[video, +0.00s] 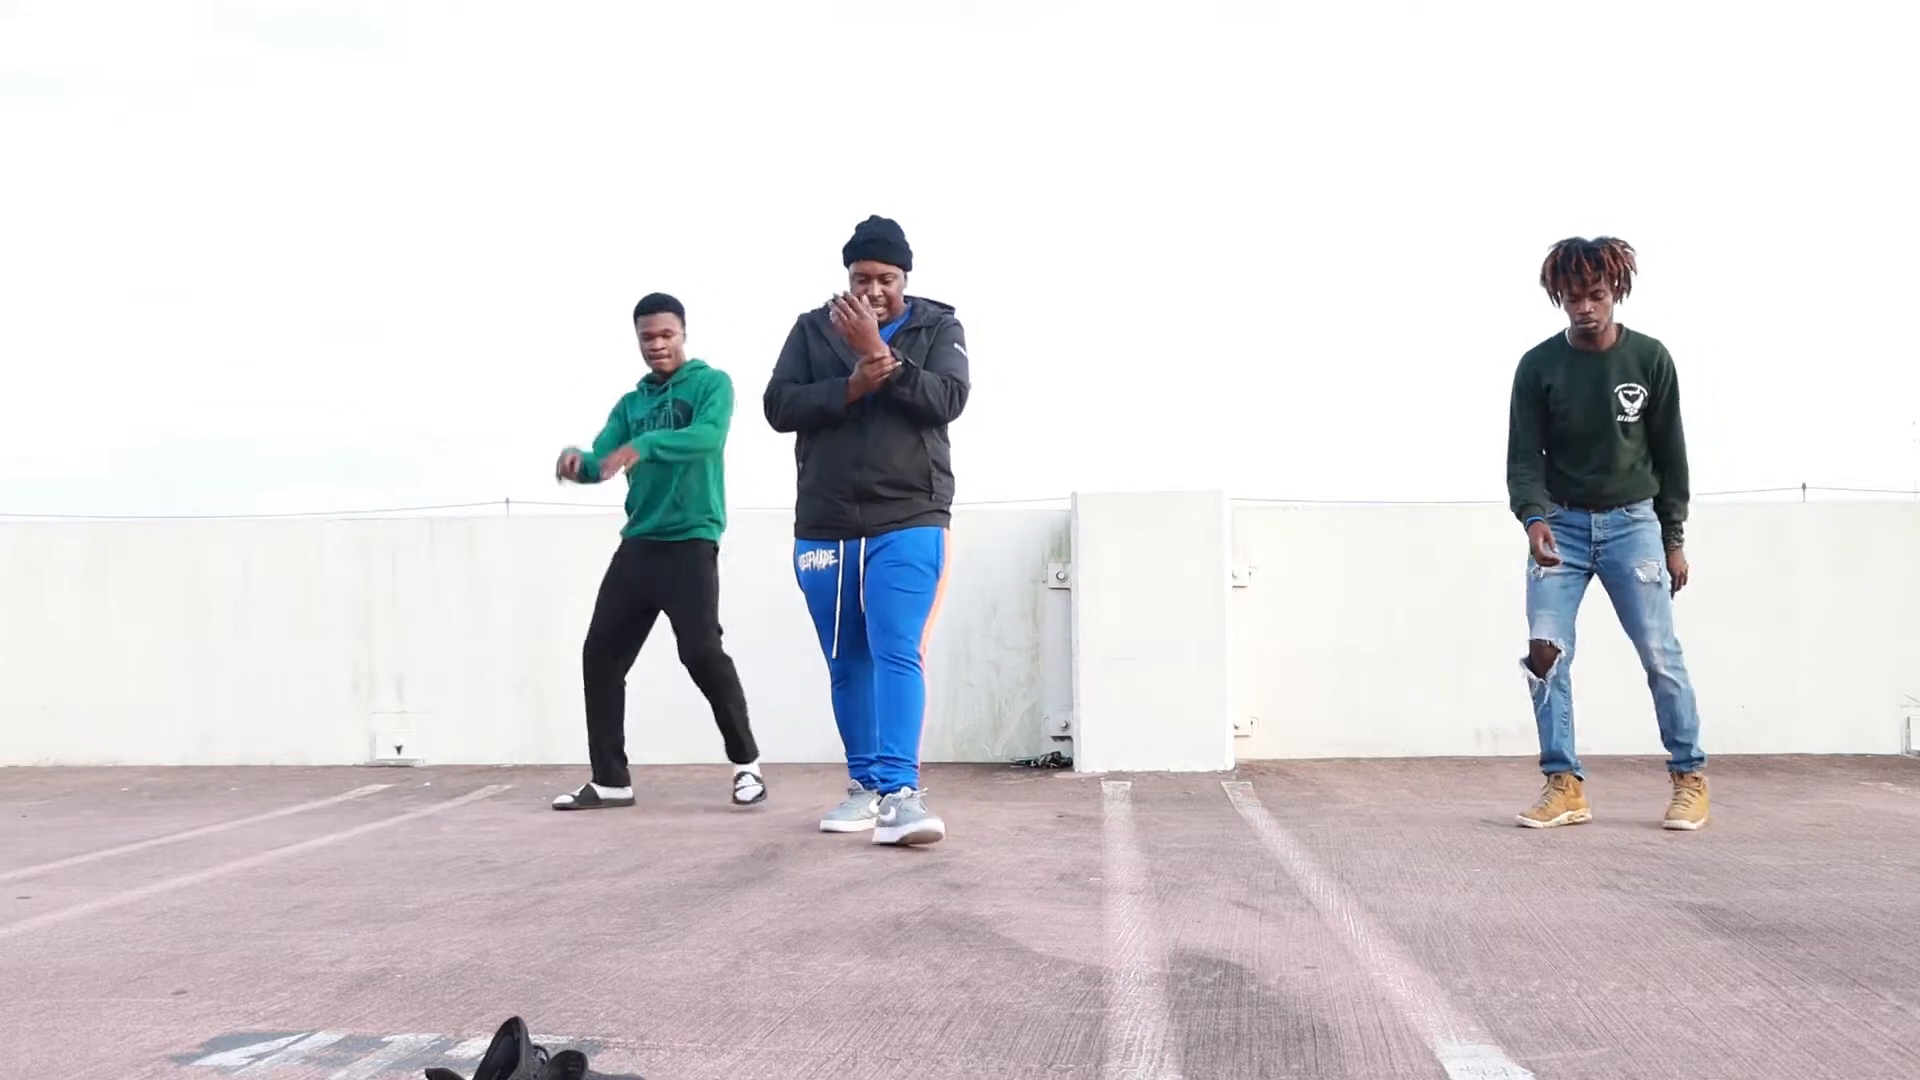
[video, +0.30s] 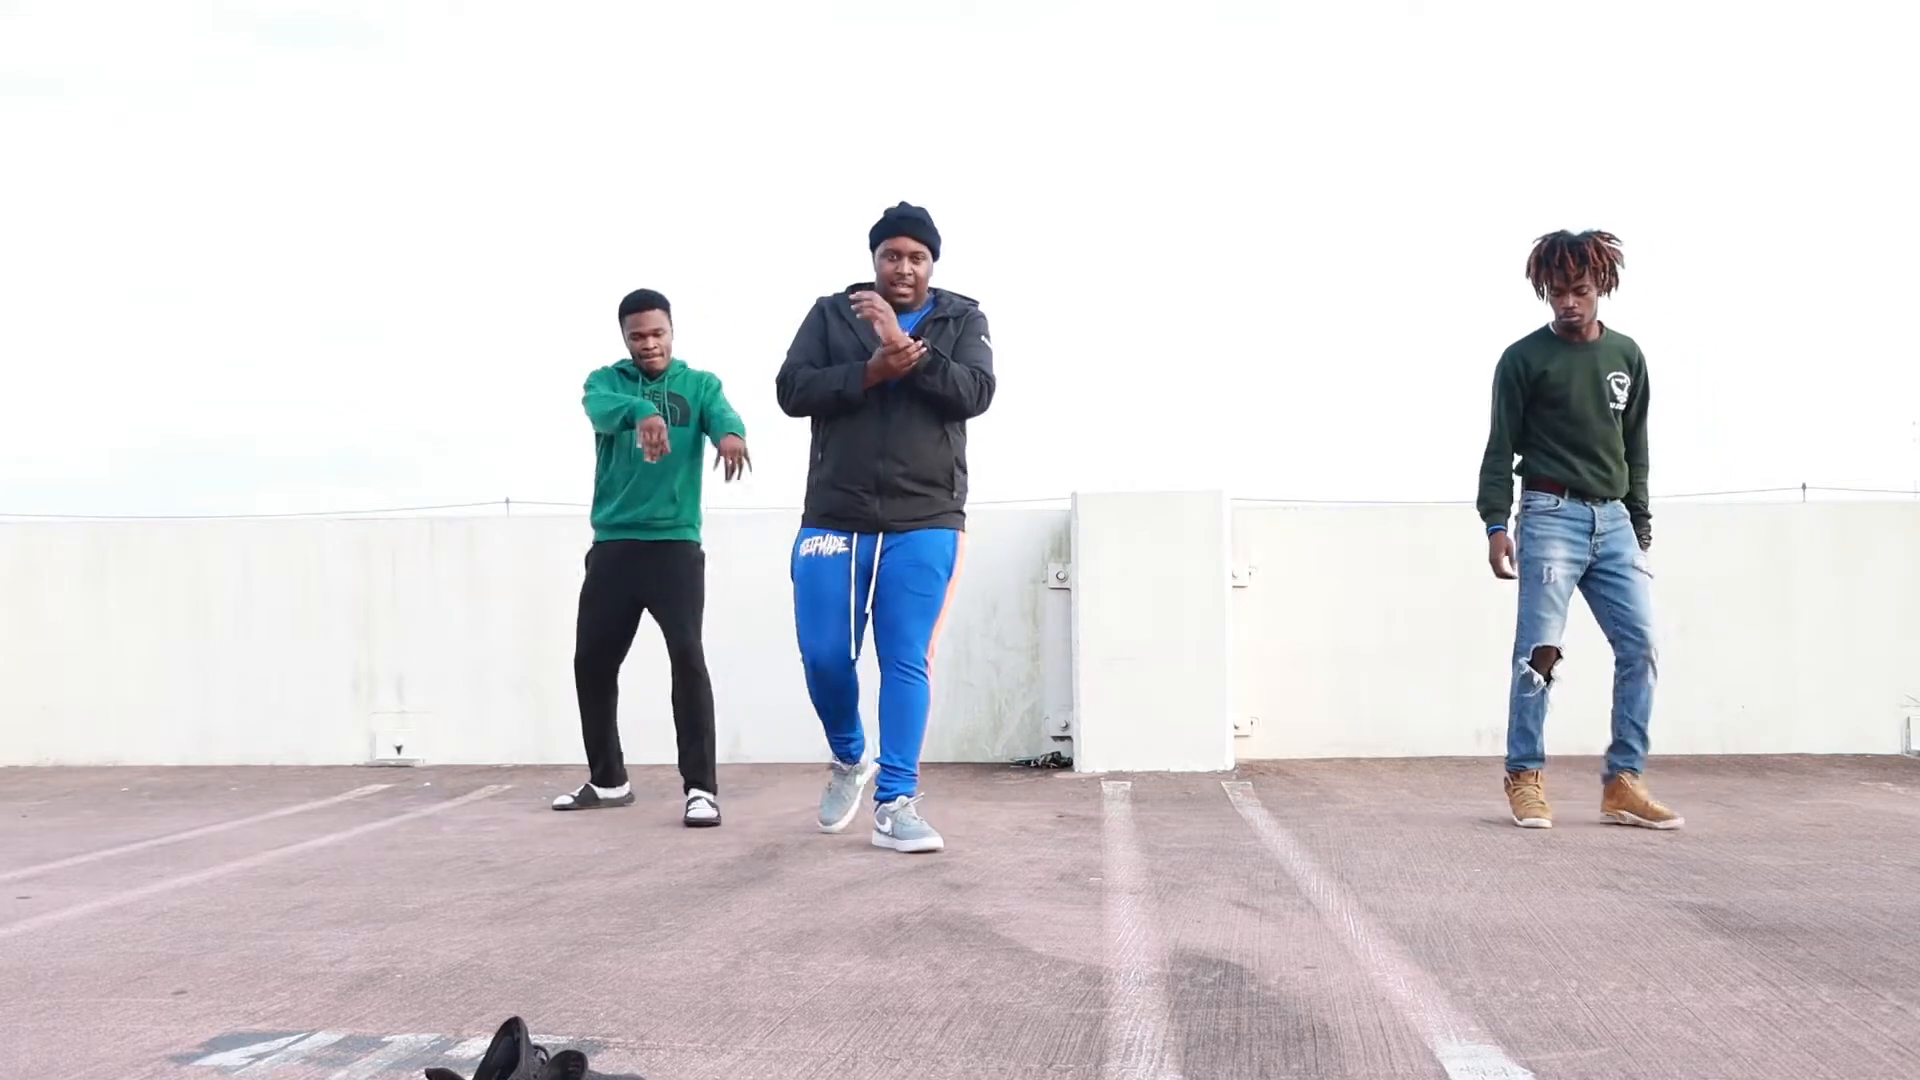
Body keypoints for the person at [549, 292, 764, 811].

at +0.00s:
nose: (658, 345)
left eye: (666, 336)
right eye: (648, 338)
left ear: (685, 336)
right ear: (639, 343)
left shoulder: (710, 382)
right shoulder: (631, 405)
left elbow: (709, 437)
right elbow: (603, 465)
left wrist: (642, 447)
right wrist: (577, 463)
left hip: (691, 545)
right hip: (637, 548)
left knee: (700, 652)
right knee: (601, 656)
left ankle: (747, 766)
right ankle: (611, 781)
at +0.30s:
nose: (649, 344)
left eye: (657, 334)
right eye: (638, 337)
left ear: (672, 333)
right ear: (624, 340)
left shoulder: (698, 383)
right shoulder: (607, 381)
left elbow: (719, 411)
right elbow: (602, 406)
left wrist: (729, 433)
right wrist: (642, 412)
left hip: (676, 549)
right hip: (613, 549)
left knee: (687, 660)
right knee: (592, 665)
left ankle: (700, 788)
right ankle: (608, 780)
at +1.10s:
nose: (591, 340)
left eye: (601, 329)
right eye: (584, 330)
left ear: (630, 326)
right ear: (578, 332)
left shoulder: (658, 373)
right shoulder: (582, 394)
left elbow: (620, 428)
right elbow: (535, 446)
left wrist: (539, 454)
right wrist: (483, 441)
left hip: (629, 558)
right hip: (571, 555)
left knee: (648, 678)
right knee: (522, 665)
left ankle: (698, 793)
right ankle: (517, 802)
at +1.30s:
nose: (571, 336)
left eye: (581, 326)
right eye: (561, 327)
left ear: (601, 328)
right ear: (550, 330)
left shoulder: (627, 376)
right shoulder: (536, 392)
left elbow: (609, 417)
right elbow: (494, 440)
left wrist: (542, 413)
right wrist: (467, 415)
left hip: (599, 559)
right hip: (534, 557)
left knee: (630, 679)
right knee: (497, 674)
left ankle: (690, 791)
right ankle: (516, 804)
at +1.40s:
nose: (567, 318)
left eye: (578, 309)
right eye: (558, 308)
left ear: (593, 315)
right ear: (542, 314)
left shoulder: (615, 364)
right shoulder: (522, 375)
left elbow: (625, 386)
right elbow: (479, 406)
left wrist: (580, 360)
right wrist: (473, 374)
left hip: (603, 546)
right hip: (532, 546)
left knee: (638, 666)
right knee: (504, 672)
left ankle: (672, 790)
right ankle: (515, 802)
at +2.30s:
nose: (729, 308)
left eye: (738, 299)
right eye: (719, 295)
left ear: (747, 303)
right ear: (694, 293)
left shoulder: (748, 350)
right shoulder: (658, 342)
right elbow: (668, 363)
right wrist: (733, 319)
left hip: (734, 520)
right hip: (668, 512)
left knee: (727, 662)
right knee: (667, 652)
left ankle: (710, 796)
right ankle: (663, 797)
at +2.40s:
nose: (736, 292)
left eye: (742, 284)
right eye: (727, 283)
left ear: (749, 294)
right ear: (701, 288)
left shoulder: (753, 343)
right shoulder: (667, 343)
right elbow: (677, 381)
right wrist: (723, 332)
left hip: (745, 504)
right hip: (687, 502)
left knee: (738, 649)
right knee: (702, 641)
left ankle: (712, 790)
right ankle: (709, 794)